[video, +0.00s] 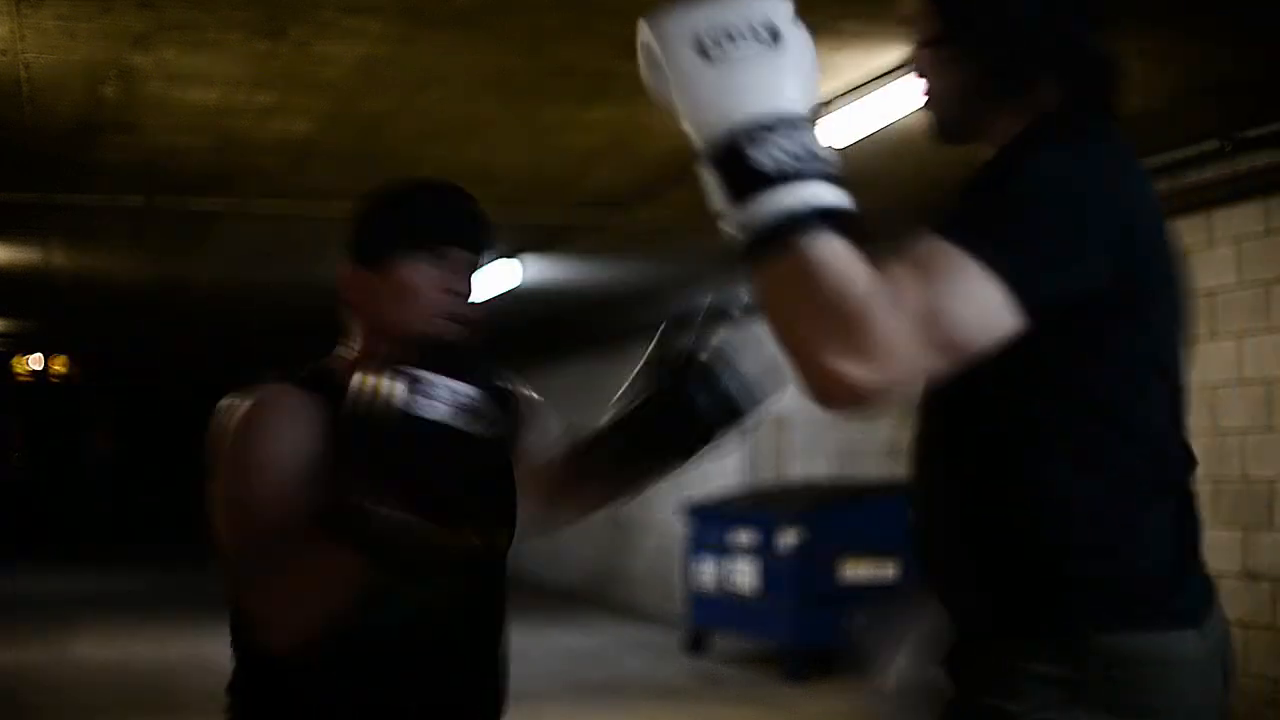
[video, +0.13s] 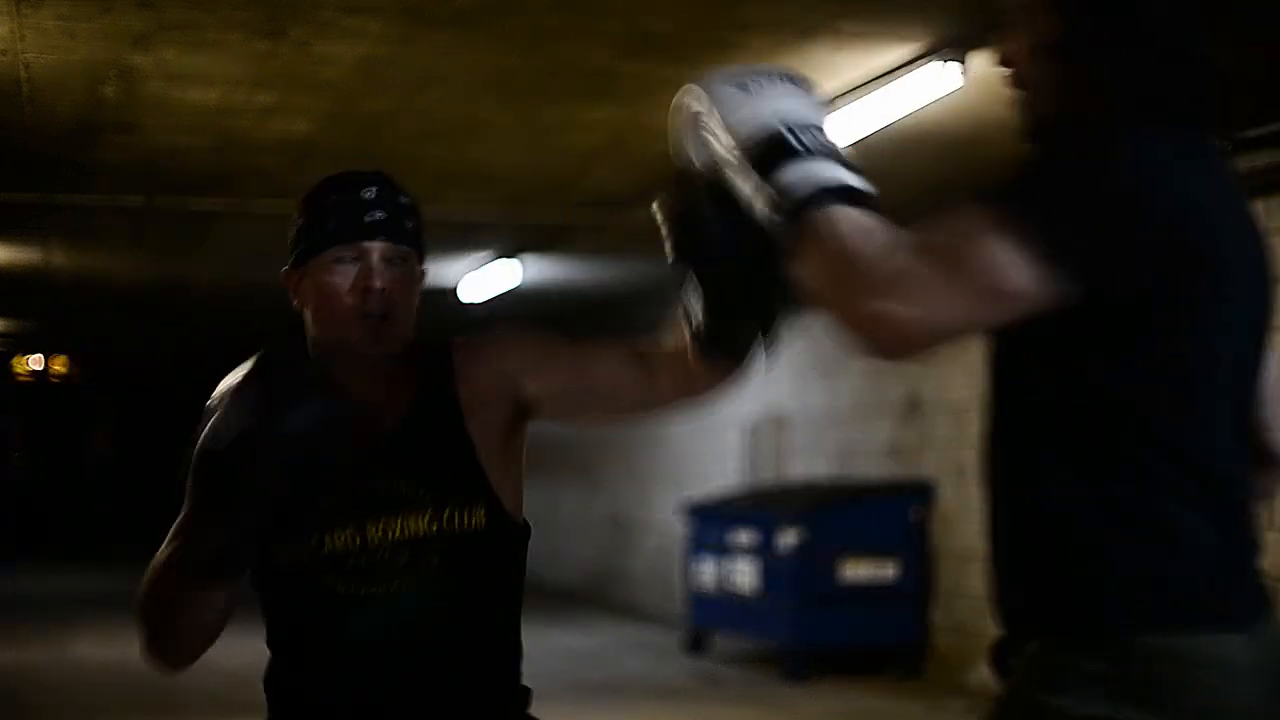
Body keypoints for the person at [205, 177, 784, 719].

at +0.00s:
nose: (461, 288)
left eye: (467, 270)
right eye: (437, 264)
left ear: (474, 285)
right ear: (363, 281)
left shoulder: (494, 413)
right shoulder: (280, 419)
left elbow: (543, 498)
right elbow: (274, 609)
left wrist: (674, 416)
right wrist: (387, 482)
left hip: (458, 709)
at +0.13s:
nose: (376, 283)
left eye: (397, 260)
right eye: (347, 262)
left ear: (421, 278)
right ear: (300, 285)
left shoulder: (489, 371)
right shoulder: (254, 410)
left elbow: (687, 368)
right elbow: (170, 645)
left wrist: (733, 270)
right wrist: (228, 487)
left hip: (481, 712)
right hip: (323, 719)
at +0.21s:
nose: (375, 304)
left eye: (390, 278)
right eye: (343, 283)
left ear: (411, 289)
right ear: (286, 305)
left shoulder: (492, 400)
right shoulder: (240, 456)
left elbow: (632, 452)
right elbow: (150, 665)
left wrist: (702, 438)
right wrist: (194, 532)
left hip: (479, 710)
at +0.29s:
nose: (373, 301)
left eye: (382, 276)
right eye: (339, 280)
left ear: (400, 288)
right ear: (271, 305)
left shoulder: (458, 415)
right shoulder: (205, 454)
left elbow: (546, 505)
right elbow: (116, 661)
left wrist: (626, 510)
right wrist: (192, 553)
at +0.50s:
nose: (346, 248)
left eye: (345, 228)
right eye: (317, 225)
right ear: (230, 245)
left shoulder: (327, 378)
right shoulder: (133, 388)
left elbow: (414, 553)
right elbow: (140, 589)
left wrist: (443, 453)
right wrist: (260, 460)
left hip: (315, 697)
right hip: (174, 709)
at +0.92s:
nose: (305, 295)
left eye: (301, 274)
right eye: (275, 273)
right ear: (191, 291)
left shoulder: (222, 414)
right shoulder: (87, 420)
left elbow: (280, 630)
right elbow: (144, 651)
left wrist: (351, 487)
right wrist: (252, 502)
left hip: (172, 711)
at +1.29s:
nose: (317, 325)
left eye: (311, 301)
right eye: (289, 299)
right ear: (202, 314)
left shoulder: (207, 436)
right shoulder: (104, 437)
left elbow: (290, 644)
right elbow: (184, 660)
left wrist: (350, 497)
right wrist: (274, 496)